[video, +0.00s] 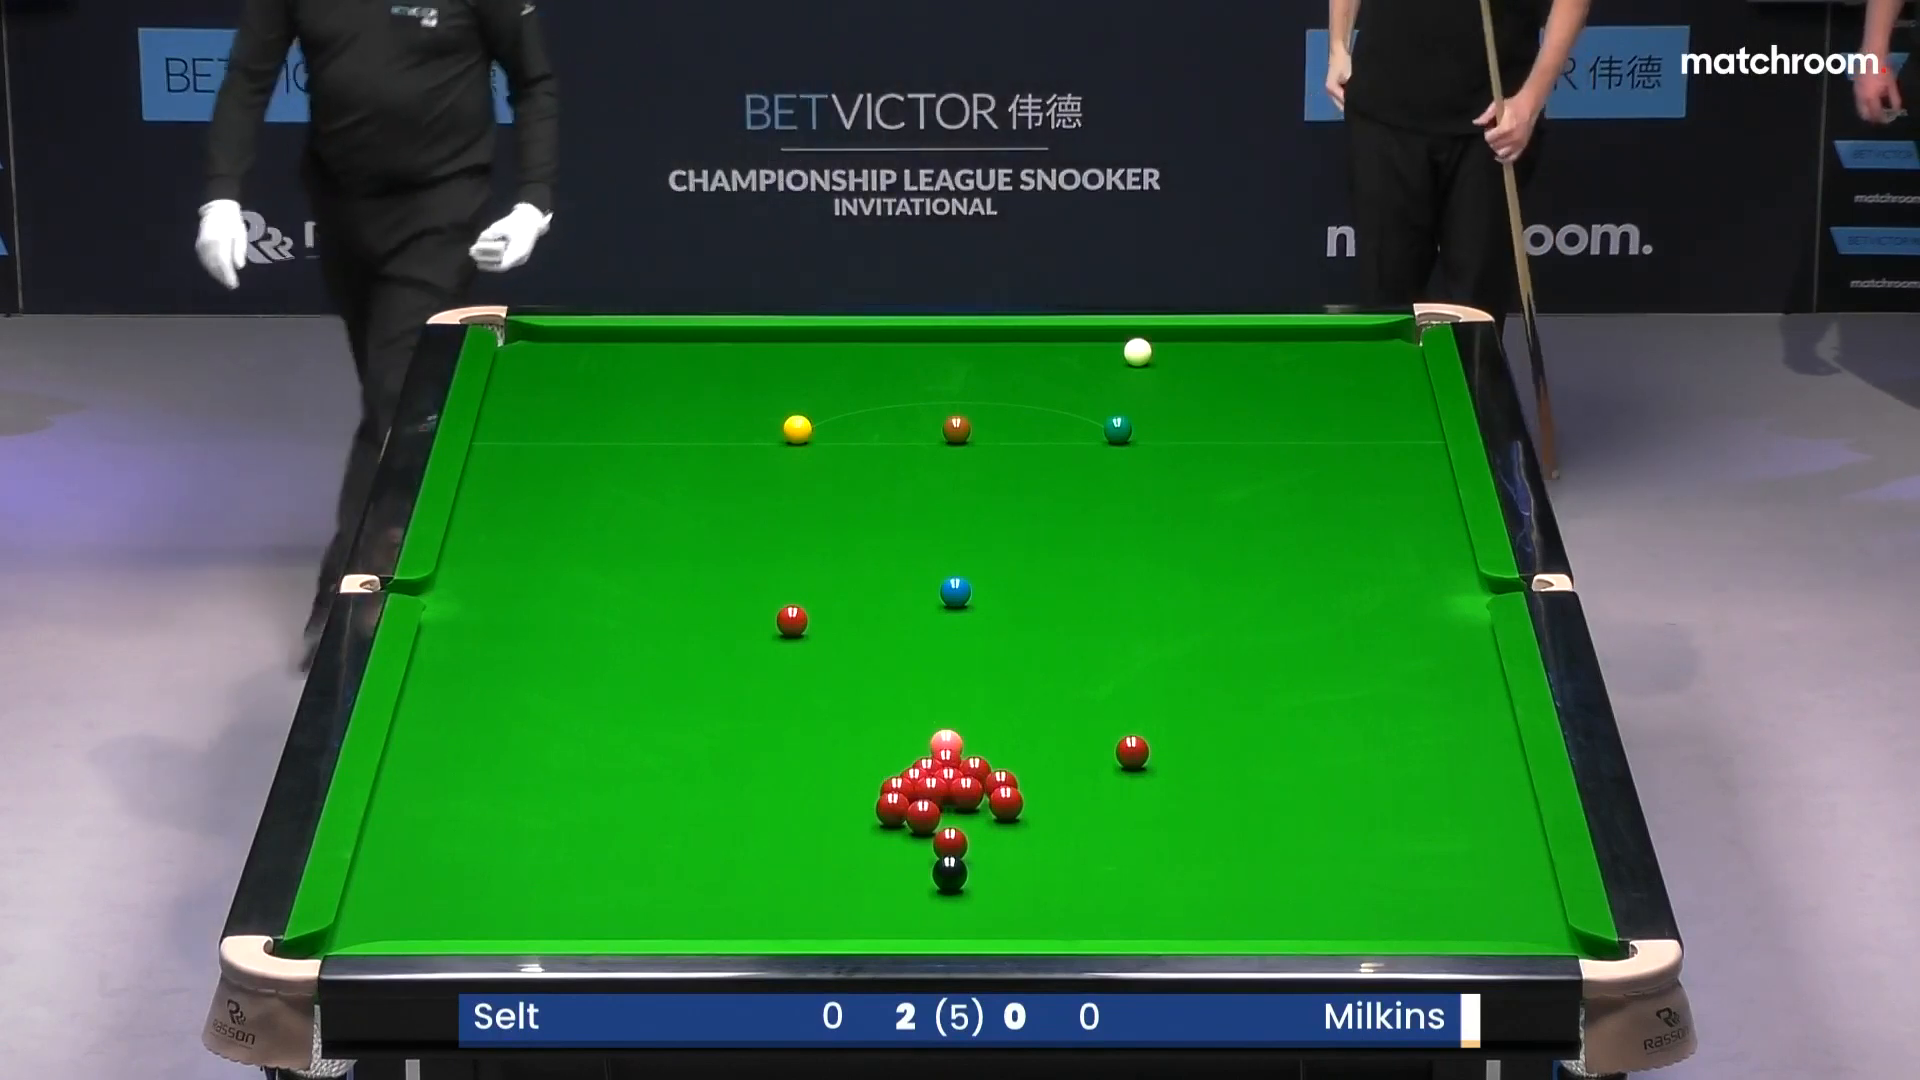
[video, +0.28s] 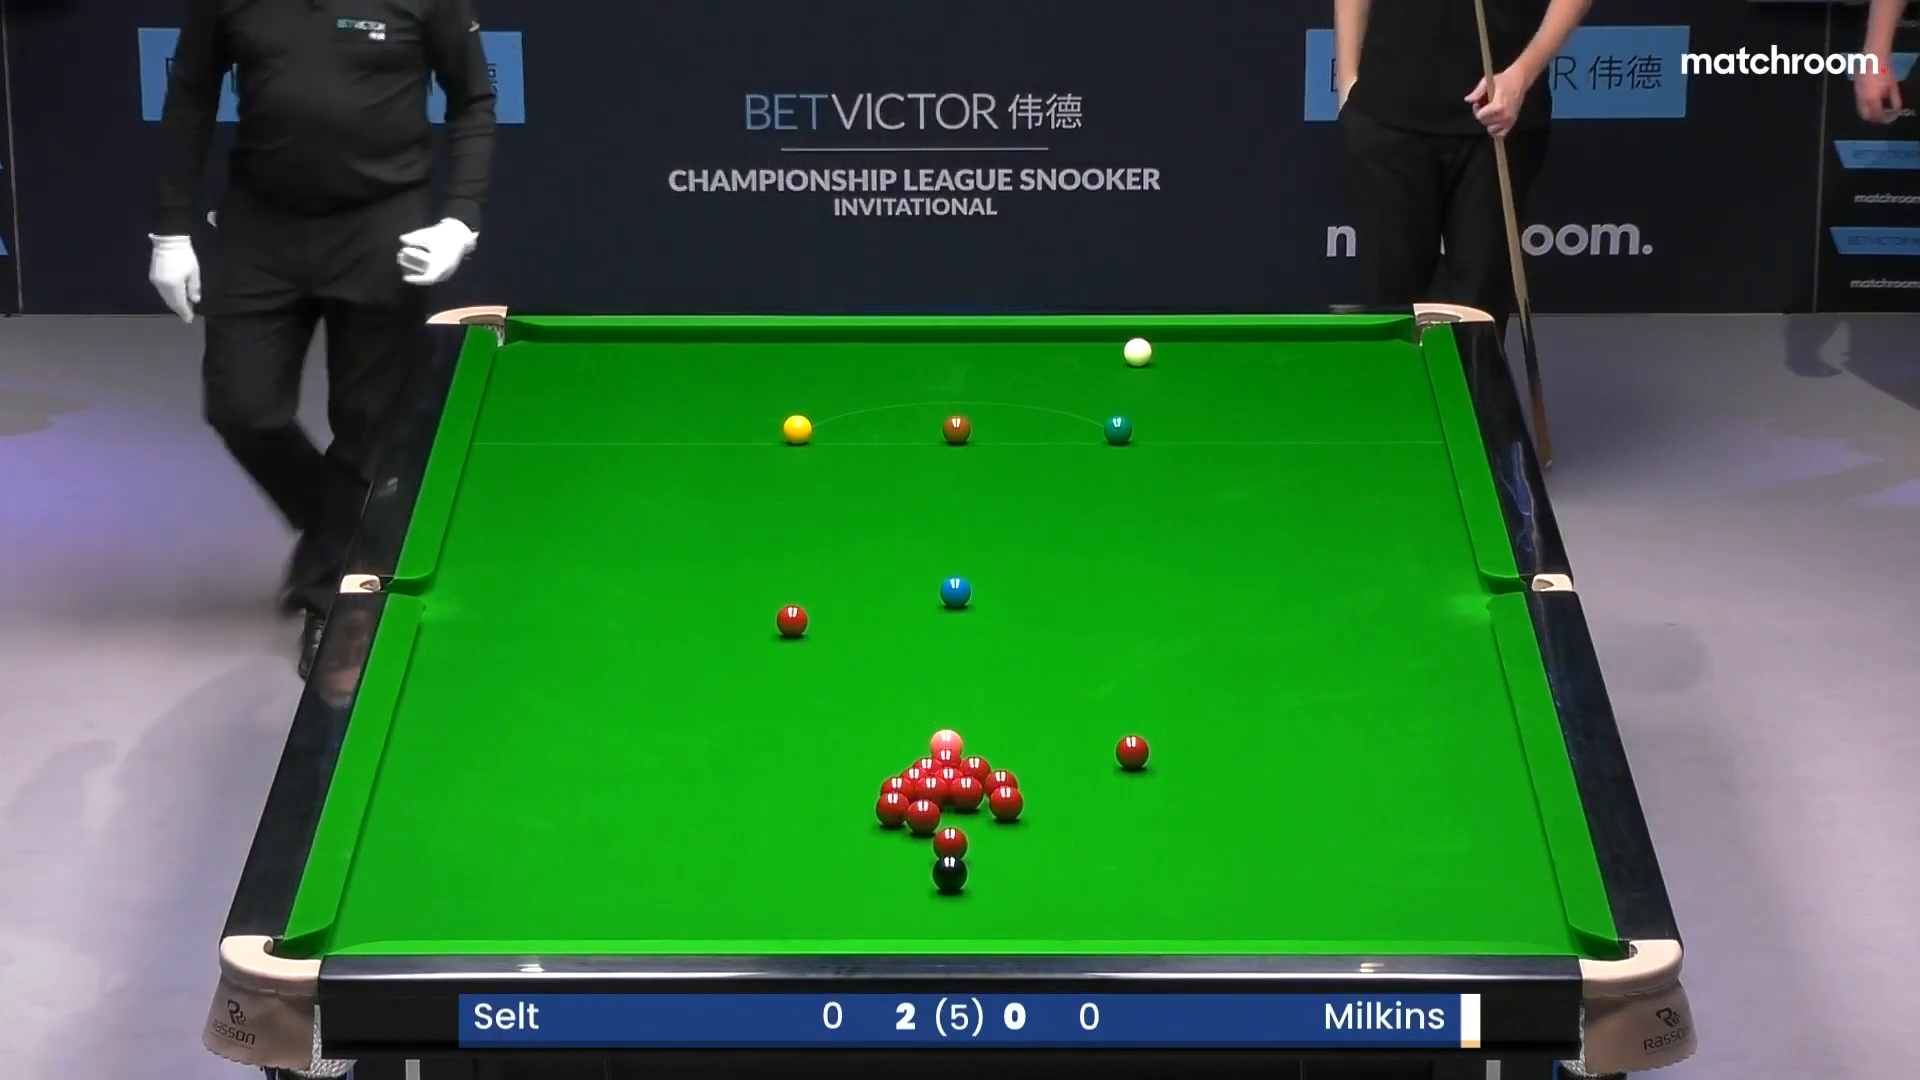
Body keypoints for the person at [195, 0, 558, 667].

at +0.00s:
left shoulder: (484, 5)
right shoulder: (289, 3)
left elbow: (534, 79)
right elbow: (247, 79)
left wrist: (534, 201)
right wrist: (222, 197)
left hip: (445, 203)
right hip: (343, 205)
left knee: (388, 415)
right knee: (395, 409)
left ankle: (338, 619)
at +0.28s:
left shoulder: (425, 4)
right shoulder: (226, 4)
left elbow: (473, 96)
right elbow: (190, 95)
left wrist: (461, 219)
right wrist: (172, 230)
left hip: (383, 225)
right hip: (260, 223)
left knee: (364, 432)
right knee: (243, 412)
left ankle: (327, 601)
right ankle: (339, 521)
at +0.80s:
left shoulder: (300, 24)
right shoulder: (102, 37)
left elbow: (362, 155)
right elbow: (63, 186)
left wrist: (349, 267)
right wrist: (43, 331)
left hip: (269, 313)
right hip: (143, 318)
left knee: (280, 509)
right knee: (154, 525)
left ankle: (309, 632)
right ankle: (176, 709)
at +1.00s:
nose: (189, 0)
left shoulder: (274, 45)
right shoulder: (68, 59)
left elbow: (330, 180)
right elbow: (21, 209)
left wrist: (335, 283)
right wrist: (7, 352)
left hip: (243, 339)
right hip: (120, 347)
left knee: (233, 540)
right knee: (146, 543)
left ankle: (218, 755)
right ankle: (176, 714)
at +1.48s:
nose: (199, 32)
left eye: (211, 14)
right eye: (179, 15)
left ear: (222, 16)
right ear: (123, 16)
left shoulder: (260, 109)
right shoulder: (45, 123)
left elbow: (307, 248)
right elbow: (8, 290)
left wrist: (336, 358)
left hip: (223, 415)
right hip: (86, 417)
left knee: (214, 637)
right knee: (81, 633)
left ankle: (191, 828)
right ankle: (89, 803)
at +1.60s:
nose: (193, 55)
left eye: (202, 35)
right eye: (170, 38)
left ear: (211, 33)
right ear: (110, 39)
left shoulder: (249, 130)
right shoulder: (34, 146)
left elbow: (299, 271)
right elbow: (1, 301)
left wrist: (338, 380)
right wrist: (3, 425)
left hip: (220, 440)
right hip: (83, 443)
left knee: (211, 658)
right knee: (83, 667)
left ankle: (190, 832)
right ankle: (56, 903)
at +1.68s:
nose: (187, 79)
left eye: (194, 58)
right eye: (165, 65)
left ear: (203, 49)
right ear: (102, 62)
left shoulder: (242, 150)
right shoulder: (27, 168)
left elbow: (290, 290)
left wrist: (336, 394)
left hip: (214, 461)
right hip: (76, 464)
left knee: (208, 672)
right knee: (80, 692)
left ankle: (190, 839)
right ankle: (69, 937)